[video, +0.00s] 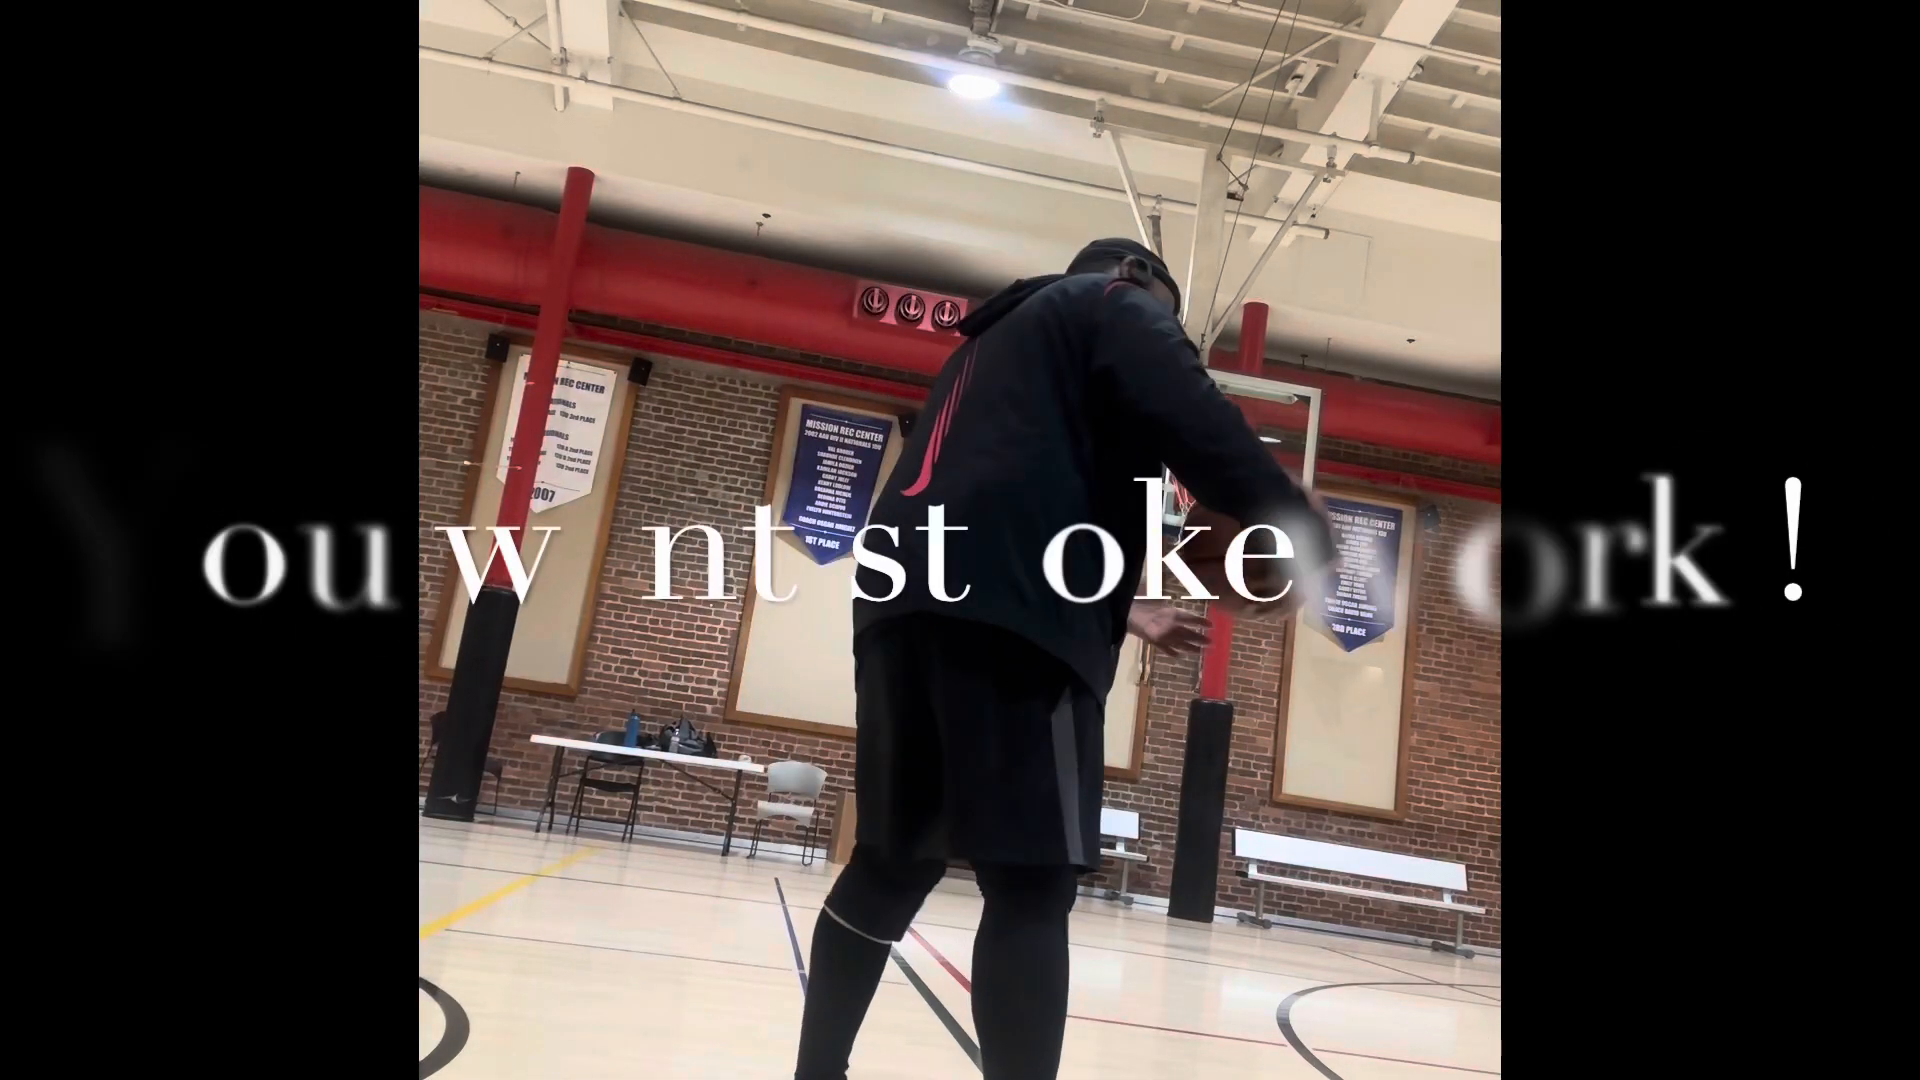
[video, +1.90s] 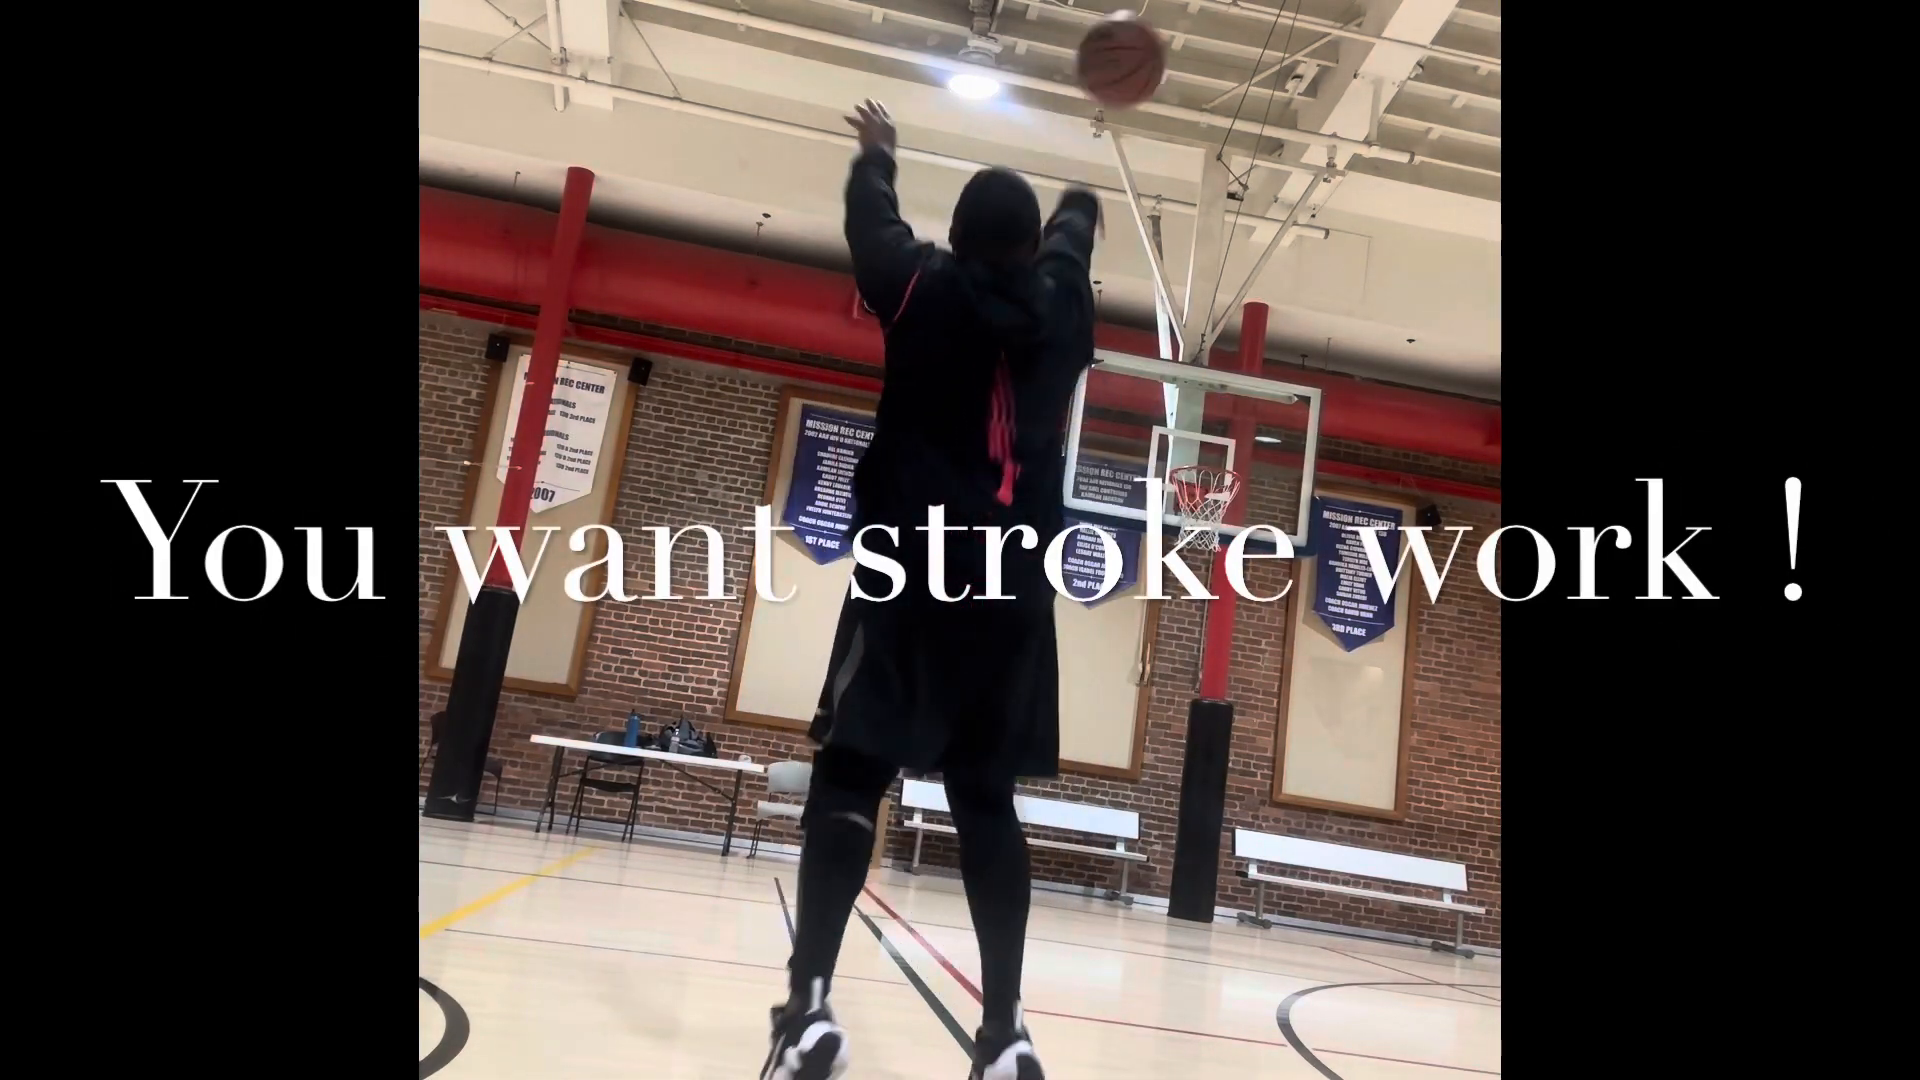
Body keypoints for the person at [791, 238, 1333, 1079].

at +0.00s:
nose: (1163, 333)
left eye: (1166, 321)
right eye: (1161, 315)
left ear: (1082, 273)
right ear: (1131, 282)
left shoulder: (992, 341)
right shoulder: (1115, 309)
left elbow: (1000, 507)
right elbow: (1204, 428)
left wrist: (1127, 599)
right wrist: (1298, 525)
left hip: (895, 611)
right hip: (1012, 626)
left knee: (892, 859)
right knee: (1030, 885)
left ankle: (817, 1068)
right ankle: (1020, 1071)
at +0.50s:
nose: (1107, 332)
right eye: (1108, 322)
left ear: (1012, 306)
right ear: (1089, 312)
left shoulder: (936, 367)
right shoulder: (1099, 345)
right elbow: (1220, 450)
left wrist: (1075, 640)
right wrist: (1183, 607)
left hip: (864, 619)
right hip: (1003, 626)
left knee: (836, 859)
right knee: (1019, 888)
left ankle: (781, 1067)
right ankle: (1017, 1072)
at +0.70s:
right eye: (1059, 314)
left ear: (965, 311)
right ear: (1045, 315)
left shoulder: (892, 379)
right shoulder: (1074, 363)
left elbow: (859, 511)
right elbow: (1163, 486)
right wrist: (1095, 623)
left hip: (858, 633)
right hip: (1005, 644)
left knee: (834, 855)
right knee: (1011, 888)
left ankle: (780, 1069)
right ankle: (1014, 1072)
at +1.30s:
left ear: (884, 356)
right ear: (964, 364)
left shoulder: (825, 421)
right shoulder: (1012, 447)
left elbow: (794, 502)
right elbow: (1046, 577)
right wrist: (981, 599)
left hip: (831, 698)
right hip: (962, 710)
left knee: (814, 882)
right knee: (932, 872)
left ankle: (779, 1067)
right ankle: (977, 1067)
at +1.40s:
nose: (962, 382)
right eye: (965, 369)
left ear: (889, 366)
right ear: (968, 374)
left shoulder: (834, 431)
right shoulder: (1007, 456)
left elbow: (803, 443)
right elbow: (1083, 558)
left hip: (839, 705)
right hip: (967, 717)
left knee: (812, 894)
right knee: (918, 889)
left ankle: (783, 1071)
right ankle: (981, 1072)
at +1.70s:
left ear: (925, 327)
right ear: (1003, 336)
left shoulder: (885, 393)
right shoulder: (1047, 420)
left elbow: (858, 318)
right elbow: (1092, 392)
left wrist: (936, 262)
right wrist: (1052, 308)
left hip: (879, 684)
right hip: (993, 702)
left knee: (804, 873)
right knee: (943, 889)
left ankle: (794, 1050)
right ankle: (986, 1068)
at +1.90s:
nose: (978, 227)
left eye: (967, 217)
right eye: (1011, 218)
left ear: (952, 236)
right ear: (1040, 242)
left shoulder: (920, 289)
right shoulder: (1060, 317)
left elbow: (874, 225)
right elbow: (1068, 253)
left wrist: (877, 152)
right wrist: (1081, 205)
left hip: (897, 585)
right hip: (1009, 599)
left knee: (849, 781)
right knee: (989, 798)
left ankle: (810, 1008)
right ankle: (1003, 1030)